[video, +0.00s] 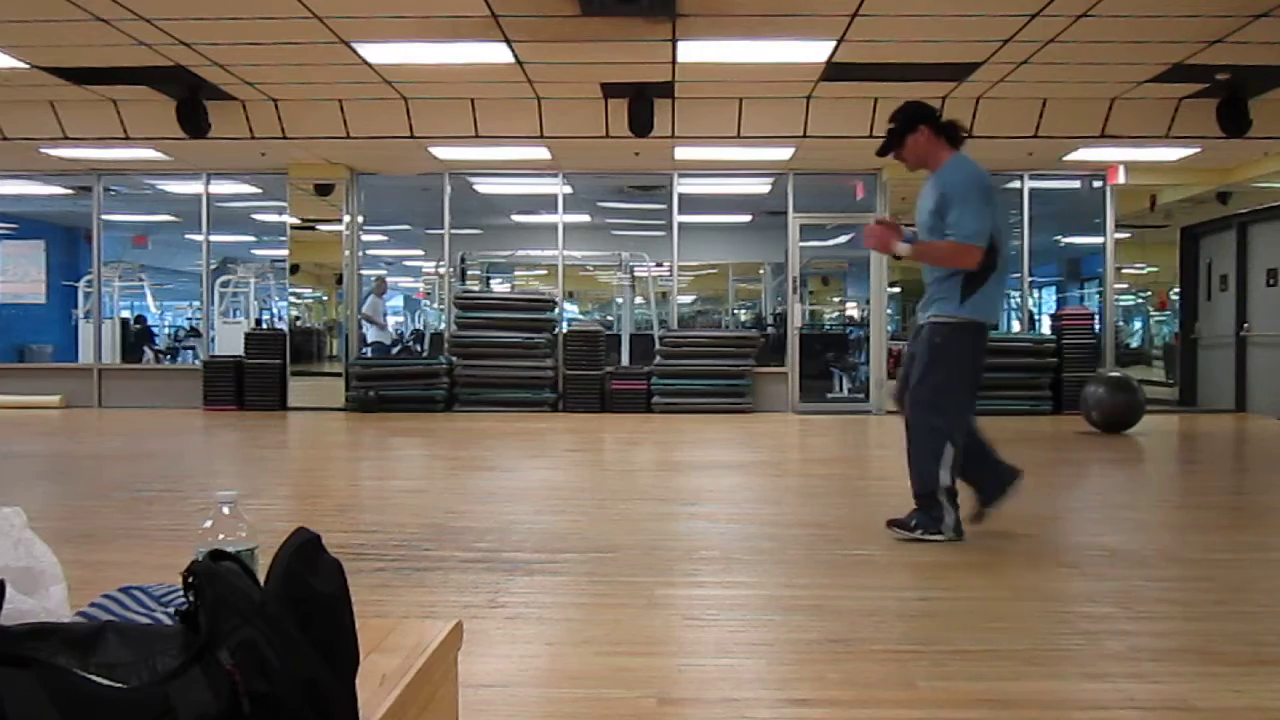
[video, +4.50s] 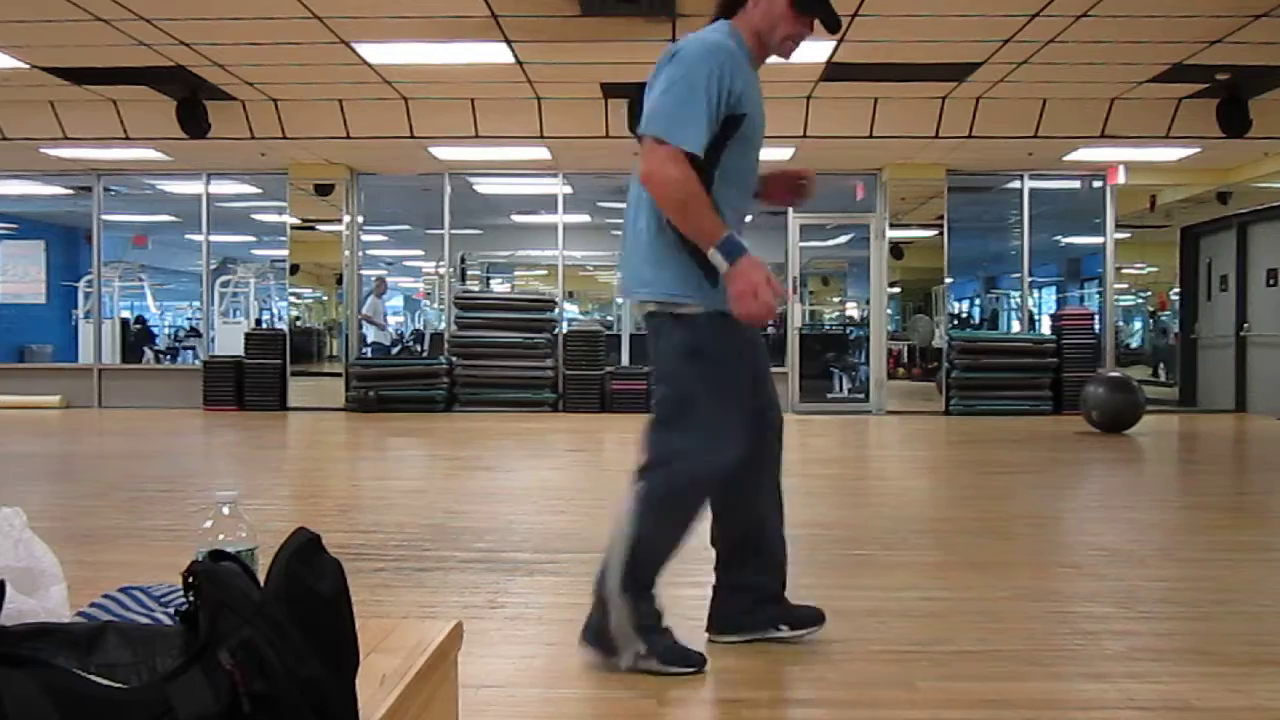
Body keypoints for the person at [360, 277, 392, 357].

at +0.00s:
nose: (386, 288)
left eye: (386, 286)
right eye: (384, 286)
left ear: (384, 286)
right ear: (378, 286)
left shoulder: (381, 300)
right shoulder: (372, 298)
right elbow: (365, 313)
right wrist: (379, 323)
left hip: (384, 336)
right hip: (376, 337)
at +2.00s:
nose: (385, 288)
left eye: (385, 286)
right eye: (383, 286)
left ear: (385, 287)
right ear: (377, 287)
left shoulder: (381, 301)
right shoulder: (372, 299)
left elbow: (383, 316)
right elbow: (365, 314)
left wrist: (386, 324)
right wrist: (378, 324)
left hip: (384, 337)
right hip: (376, 338)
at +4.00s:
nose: (386, 287)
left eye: (386, 285)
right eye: (384, 285)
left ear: (385, 286)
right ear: (377, 286)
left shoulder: (381, 301)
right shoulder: (373, 299)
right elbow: (365, 314)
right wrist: (379, 324)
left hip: (384, 337)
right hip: (376, 338)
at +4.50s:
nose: (386, 288)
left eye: (386, 286)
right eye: (384, 286)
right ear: (378, 287)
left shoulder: (381, 301)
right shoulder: (372, 299)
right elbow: (365, 315)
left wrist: (385, 323)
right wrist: (379, 324)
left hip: (384, 338)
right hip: (375, 338)